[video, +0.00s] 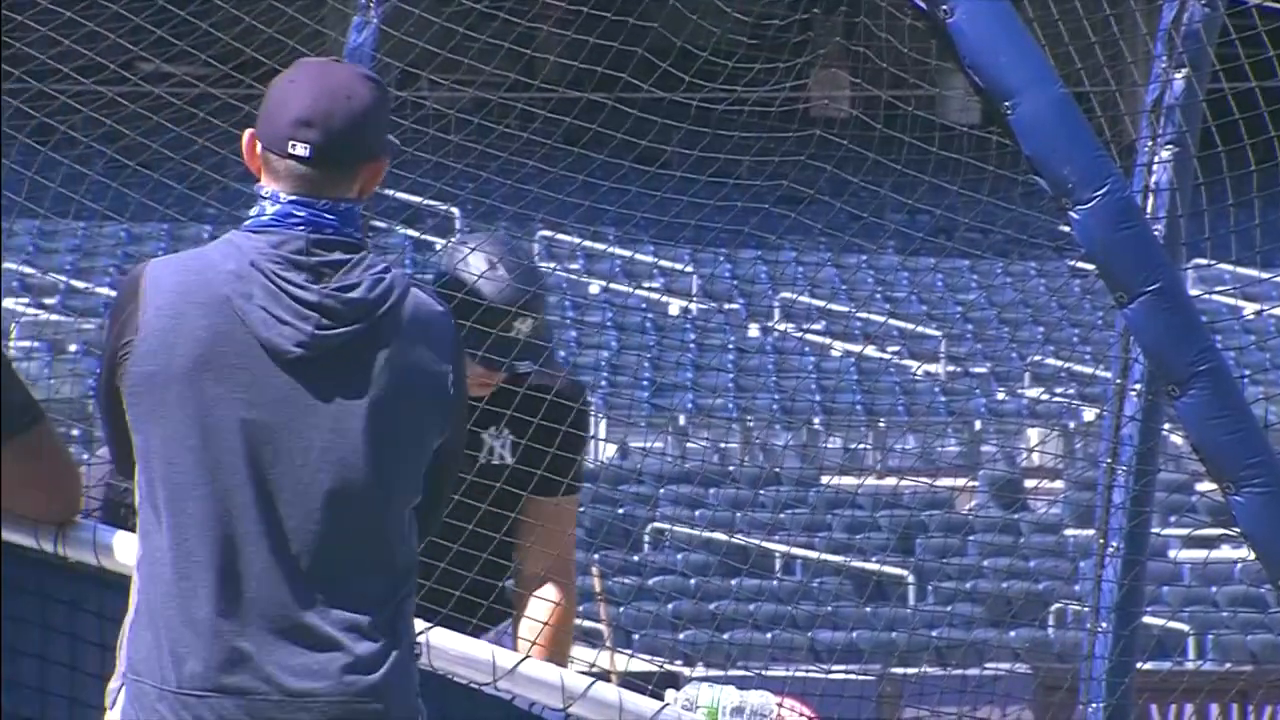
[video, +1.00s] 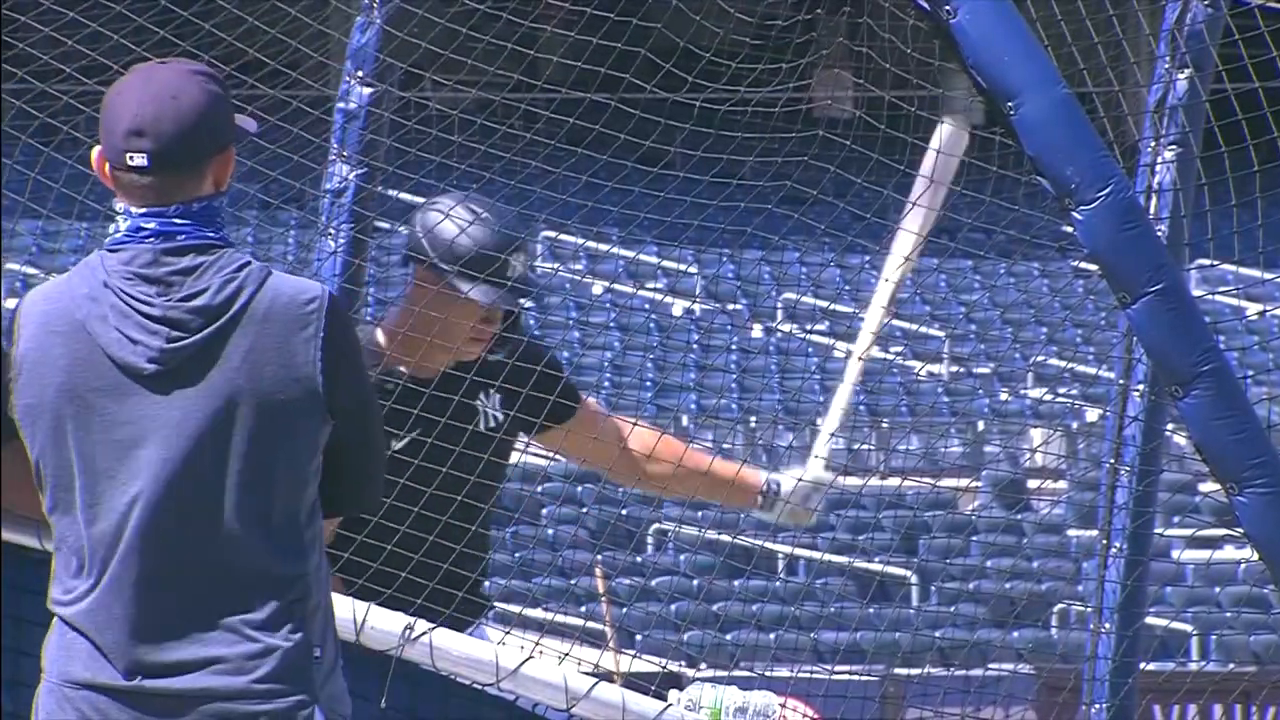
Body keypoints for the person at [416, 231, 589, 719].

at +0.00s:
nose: (495, 369)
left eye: (514, 355)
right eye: (480, 349)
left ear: (534, 341)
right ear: (433, 323)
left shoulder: (552, 405)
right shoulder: (384, 370)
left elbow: (546, 573)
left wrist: (533, 697)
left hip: (470, 645)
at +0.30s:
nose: (496, 345)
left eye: (510, 329)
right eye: (482, 324)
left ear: (525, 317)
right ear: (429, 291)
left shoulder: (534, 387)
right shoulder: (353, 354)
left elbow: (553, 545)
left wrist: (592, 681)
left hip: (455, 648)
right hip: (330, 627)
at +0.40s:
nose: (467, 342)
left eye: (478, 324)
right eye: (453, 320)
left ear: (490, 315)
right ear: (398, 290)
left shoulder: (497, 376)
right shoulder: (321, 356)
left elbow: (546, 533)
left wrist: (622, 666)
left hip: (437, 650)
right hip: (313, 632)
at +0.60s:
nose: (427, 325)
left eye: (438, 307)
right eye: (414, 304)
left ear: (450, 295)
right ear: (354, 276)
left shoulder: (452, 353)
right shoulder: (286, 347)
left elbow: (533, 473)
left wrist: (660, 548)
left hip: (418, 618)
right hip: (302, 612)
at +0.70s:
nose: (426, 319)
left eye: (436, 303)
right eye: (415, 299)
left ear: (447, 293)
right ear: (355, 272)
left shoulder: (449, 351)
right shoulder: (285, 345)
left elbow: (540, 451)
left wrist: (681, 501)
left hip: (419, 628)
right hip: (301, 622)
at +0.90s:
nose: (469, 319)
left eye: (462, 296)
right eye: (448, 295)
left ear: (471, 305)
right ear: (393, 277)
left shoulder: (488, 366)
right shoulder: (318, 357)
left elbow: (605, 435)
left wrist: (748, 465)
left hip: (439, 649)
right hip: (317, 635)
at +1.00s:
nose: (493, 322)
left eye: (503, 304)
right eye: (479, 300)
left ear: (512, 301)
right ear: (421, 282)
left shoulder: (513, 369)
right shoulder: (339, 368)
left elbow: (630, 452)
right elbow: (301, 520)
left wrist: (768, 492)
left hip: (447, 657)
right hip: (334, 646)